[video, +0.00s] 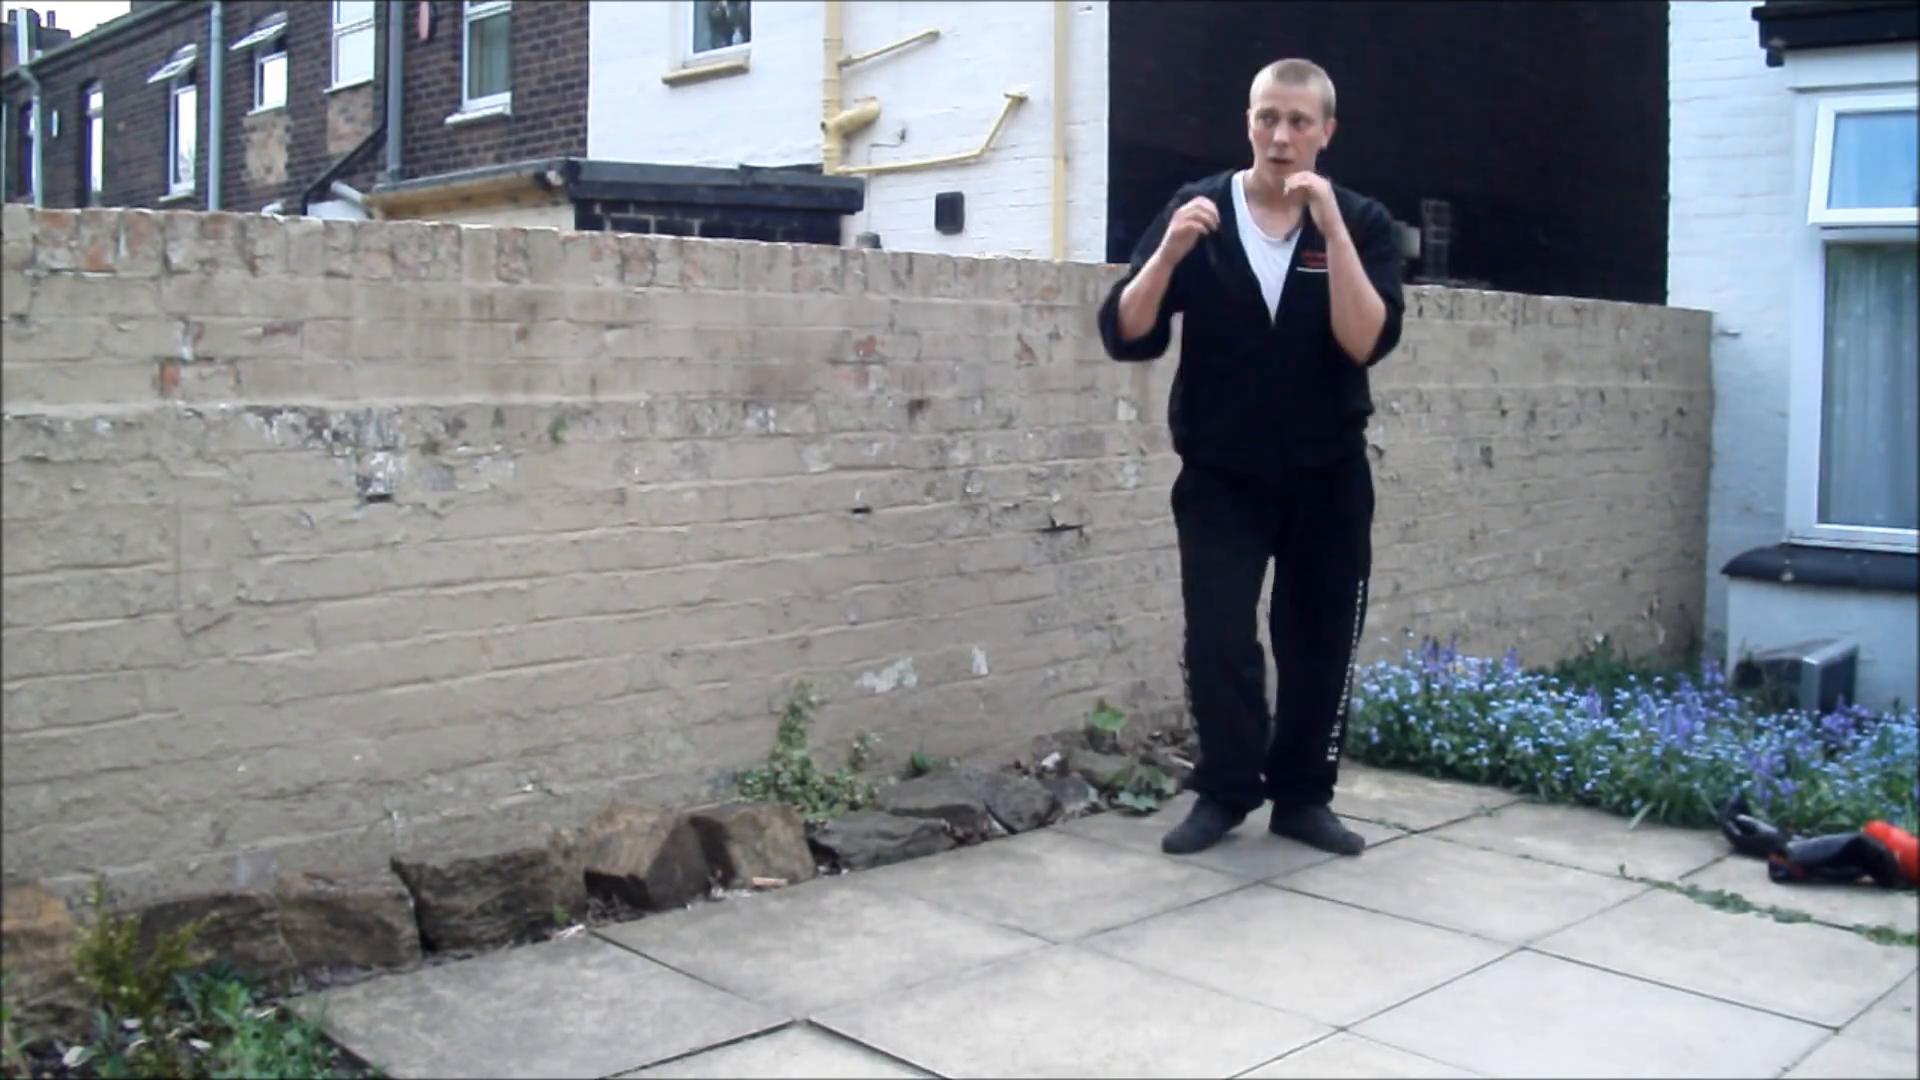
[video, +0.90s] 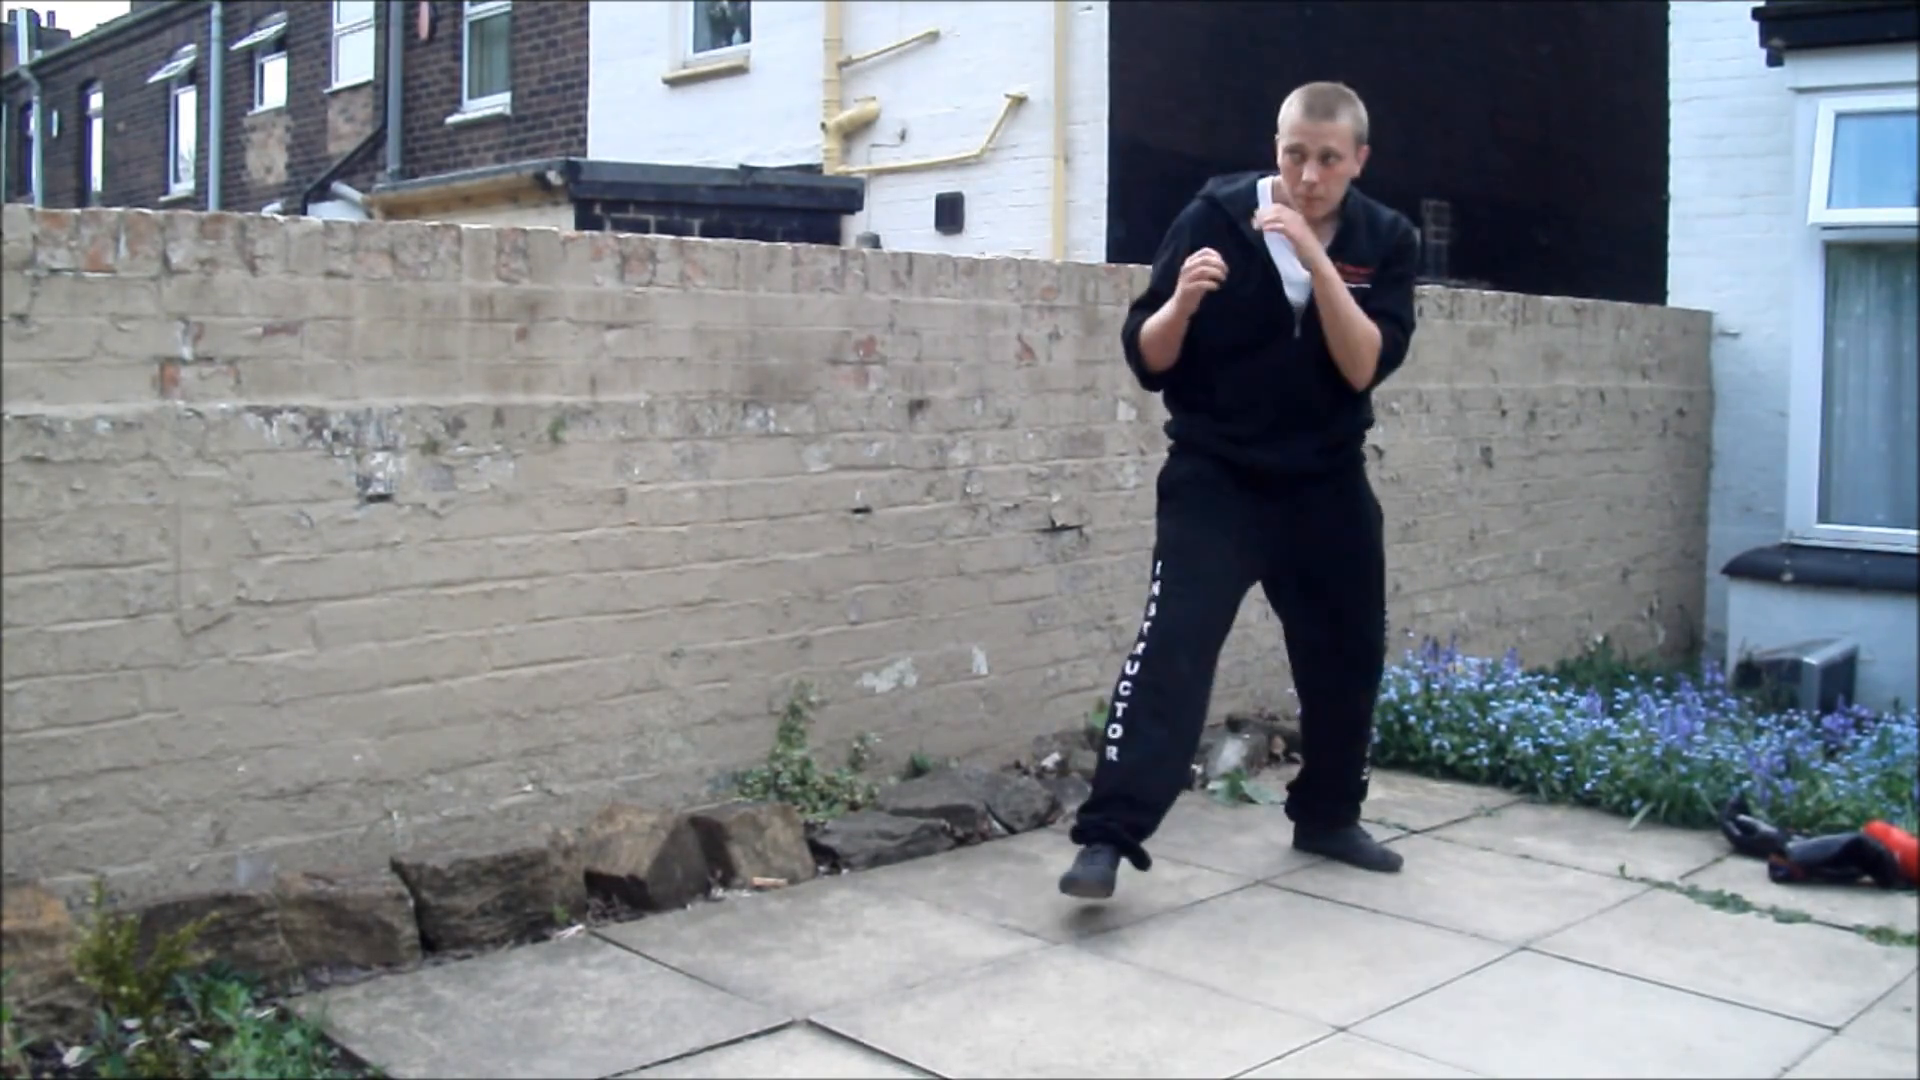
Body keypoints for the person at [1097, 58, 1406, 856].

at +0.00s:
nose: (1281, 135)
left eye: (1299, 121)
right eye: (1269, 118)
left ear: (1327, 132)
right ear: (1247, 123)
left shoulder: (1363, 224)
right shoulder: (1194, 210)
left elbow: (1366, 342)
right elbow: (1124, 336)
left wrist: (1332, 228)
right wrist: (1168, 254)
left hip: (1327, 477)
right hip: (1220, 473)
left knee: (1319, 644)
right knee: (1217, 642)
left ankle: (1303, 801)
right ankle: (1223, 794)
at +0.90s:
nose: (1308, 172)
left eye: (1327, 158)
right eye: (1295, 154)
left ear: (1359, 161)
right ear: (1275, 148)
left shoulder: (1383, 240)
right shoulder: (1218, 213)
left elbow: (1366, 368)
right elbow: (1147, 362)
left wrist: (1314, 260)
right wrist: (1182, 304)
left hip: (1326, 486)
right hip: (1212, 479)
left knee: (1347, 657)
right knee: (1172, 647)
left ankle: (1327, 817)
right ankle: (1105, 840)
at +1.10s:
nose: (1239, 178)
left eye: (1259, 161)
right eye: (1227, 161)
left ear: (1300, 161)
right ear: (1208, 161)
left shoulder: (1346, 232)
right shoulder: (1171, 230)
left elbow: (1340, 341)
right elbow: (1105, 384)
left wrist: (1253, 239)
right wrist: (1131, 294)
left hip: (1306, 505)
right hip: (1188, 502)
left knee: (1342, 673)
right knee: (1154, 678)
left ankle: (1324, 820)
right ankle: (1094, 875)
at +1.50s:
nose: (1256, 124)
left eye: (1276, 108)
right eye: (1245, 106)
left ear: (1314, 117)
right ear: (1226, 110)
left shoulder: (1359, 208)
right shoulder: (1174, 206)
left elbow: (1357, 318)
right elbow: (1117, 365)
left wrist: (1281, 207)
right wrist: (1145, 324)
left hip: (1303, 491)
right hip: (1182, 485)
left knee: (1329, 670)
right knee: (1142, 660)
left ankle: (1311, 837)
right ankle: (1080, 862)